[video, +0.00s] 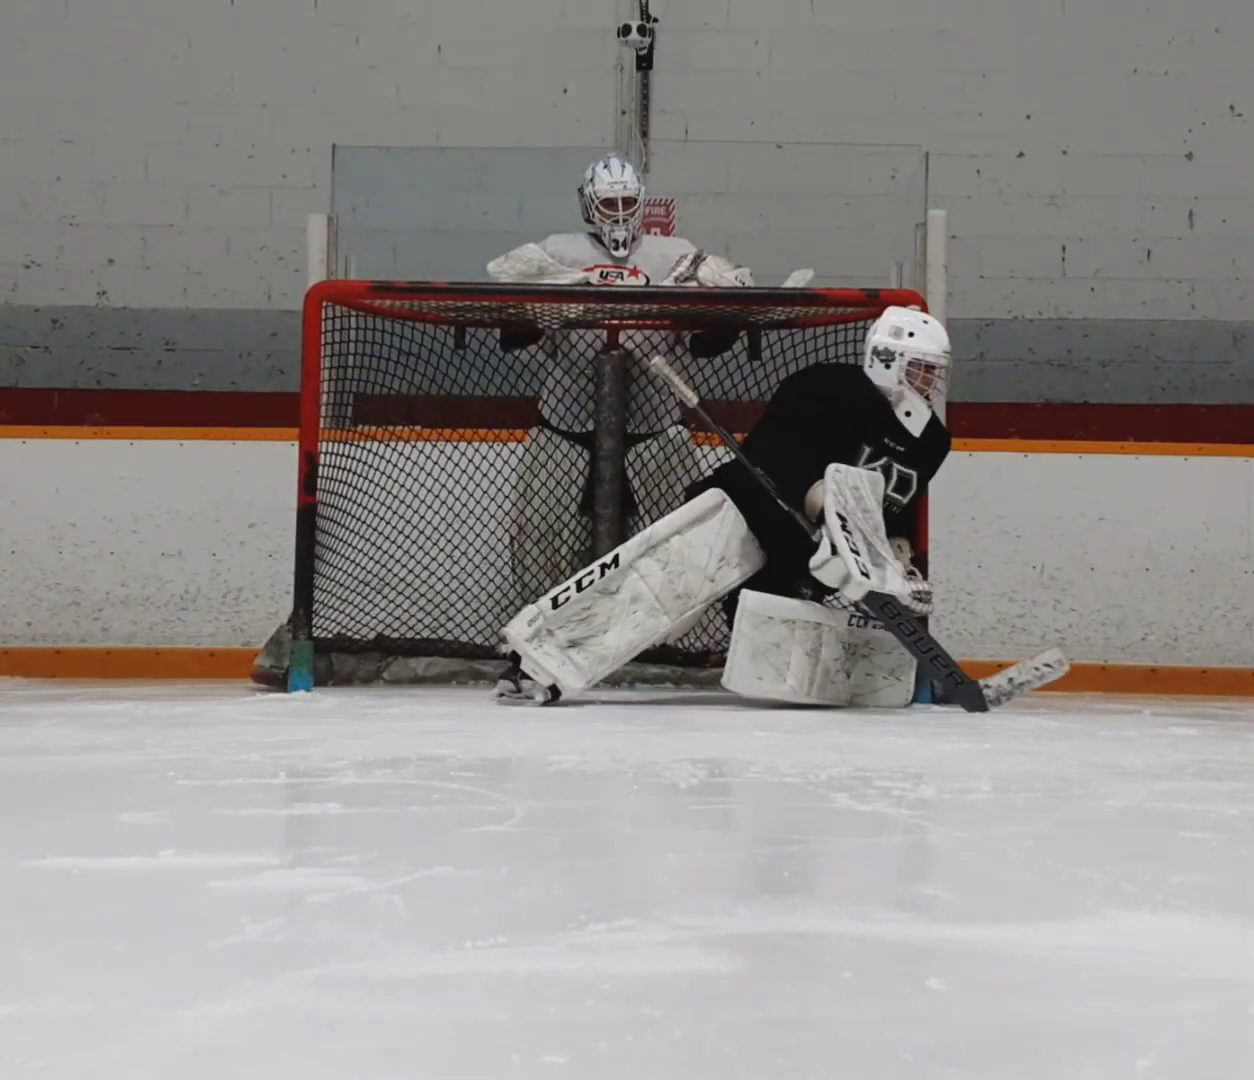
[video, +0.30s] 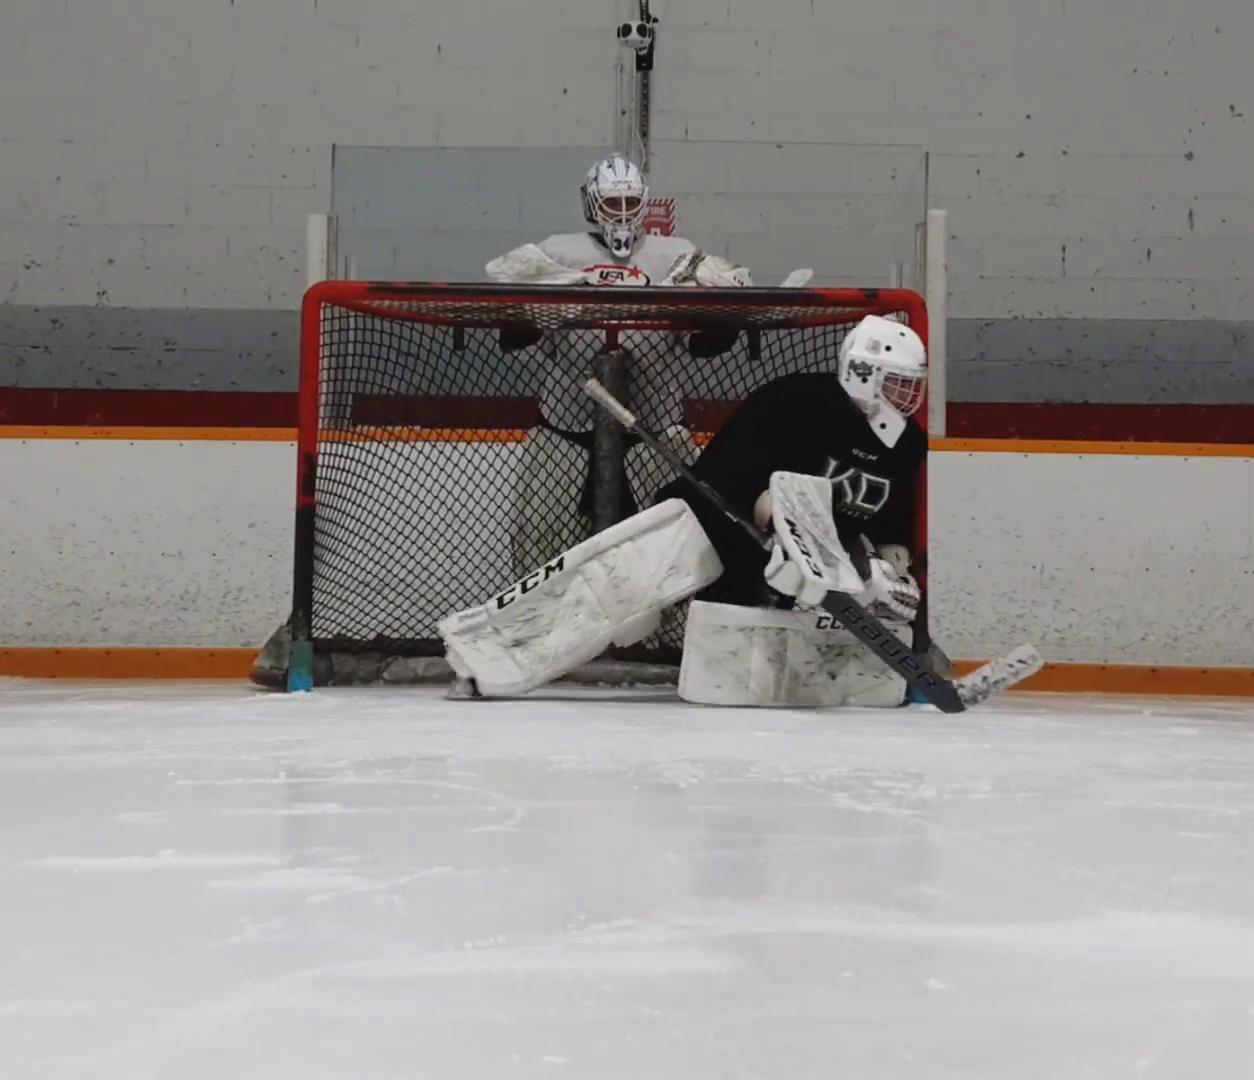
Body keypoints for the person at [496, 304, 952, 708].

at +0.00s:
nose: (932, 381)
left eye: (938, 370)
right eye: (923, 368)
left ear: (938, 372)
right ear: (887, 361)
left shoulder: (931, 441)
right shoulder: (827, 386)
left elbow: (896, 513)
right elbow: (768, 453)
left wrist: (895, 569)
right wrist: (817, 493)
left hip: (829, 553)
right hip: (751, 519)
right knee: (659, 585)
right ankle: (544, 663)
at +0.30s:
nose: (907, 397)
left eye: (914, 387)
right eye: (898, 384)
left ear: (916, 386)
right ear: (861, 374)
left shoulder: (906, 444)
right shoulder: (797, 399)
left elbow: (893, 523)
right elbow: (718, 479)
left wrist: (895, 569)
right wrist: (771, 517)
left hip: (808, 556)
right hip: (721, 532)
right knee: (612, 581)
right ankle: (489, 657)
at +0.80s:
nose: (442, 370)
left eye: (455, 358)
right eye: (435, 358)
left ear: (496, 350)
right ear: (430, 358)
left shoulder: (554, 385)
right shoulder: (423, 413)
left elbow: (639, 431)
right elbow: (363, 468)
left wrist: (633, 476)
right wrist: (319, 493)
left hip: (599, 557)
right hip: (510, 585)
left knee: (686, 595)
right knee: (531, 678)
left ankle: (774, 656)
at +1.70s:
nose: (345, 222)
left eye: (359, 208)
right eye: (335, 210)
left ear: (397, 204)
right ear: (322, 210)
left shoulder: (449, 268)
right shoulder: (301, 274)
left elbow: (530, 357)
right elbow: (259, 373)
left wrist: (515, 415)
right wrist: (214, 438)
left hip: (449, 451)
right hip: (354, 449)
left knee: (427, 551)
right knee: (304, 547)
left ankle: (467, 669)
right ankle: (321, 668)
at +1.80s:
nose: (333, 210)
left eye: (347, 196)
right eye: (322, 198)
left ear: (383, 192)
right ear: (308, 200)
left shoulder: (431, 252)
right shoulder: (290, 264)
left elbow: (508, 356)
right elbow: (243, 361)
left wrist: (469, 412)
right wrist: (194, 431)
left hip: (431, 439)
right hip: (341, 438)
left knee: (417, 545)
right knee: (293, 549)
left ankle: (478, 674)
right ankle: (271, 678)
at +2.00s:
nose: (338, 203)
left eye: (351, 190)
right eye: (324, 190)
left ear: (371, 188)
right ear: (298, 191)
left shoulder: (416, 248)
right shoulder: (265, 254)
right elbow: (212, 350)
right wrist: (163, 424)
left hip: (420, 439)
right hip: (319, 437)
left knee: (478, 559)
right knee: (276, 558)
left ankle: (582, 670)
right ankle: (217, 677)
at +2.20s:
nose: (397, 234)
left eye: (409, 218)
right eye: (379, 220)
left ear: (424, 215)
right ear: (344, 217)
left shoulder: (457, 279)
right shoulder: (300, 271)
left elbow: (517, 369)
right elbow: (219, 339)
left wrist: (534, 432)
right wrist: (182, 417)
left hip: (450, 464)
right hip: (344, 461)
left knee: (534, 567)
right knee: (263, 547)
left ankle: (642, 672)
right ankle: (190, 663)